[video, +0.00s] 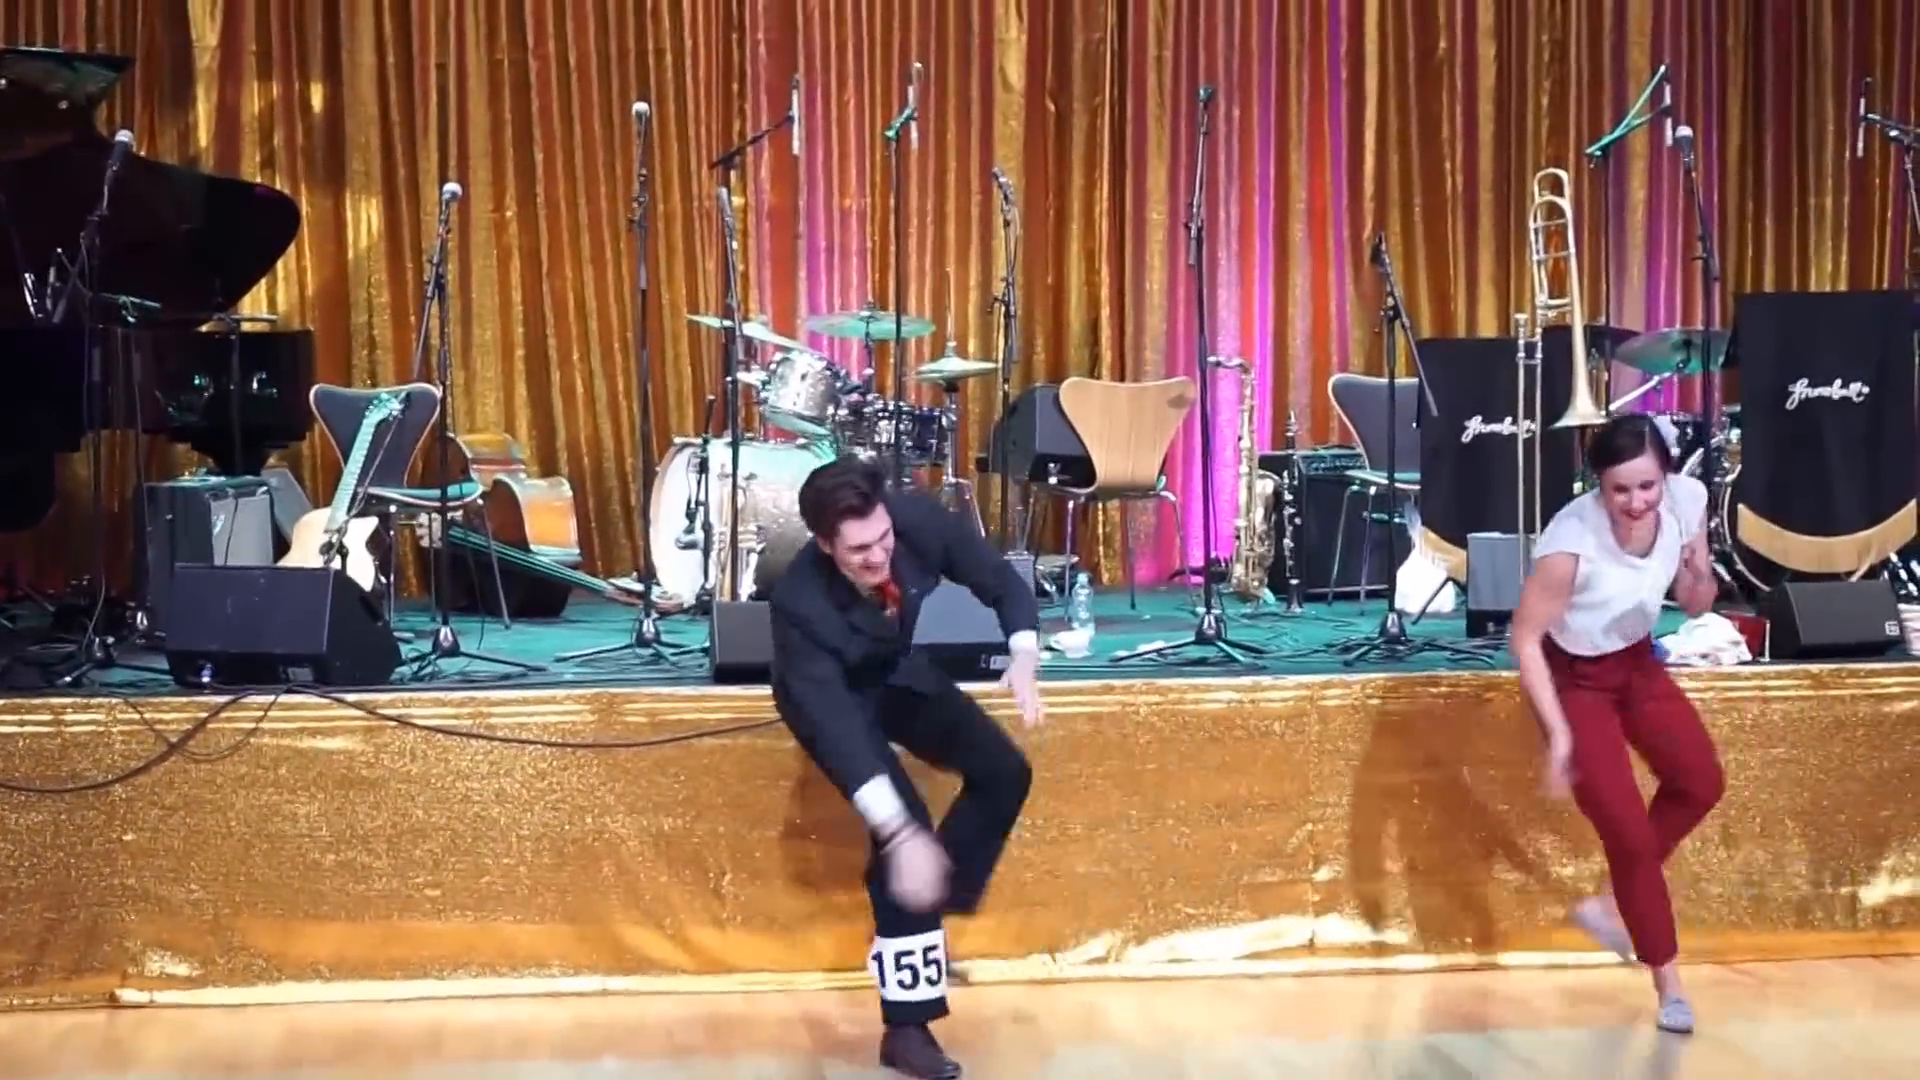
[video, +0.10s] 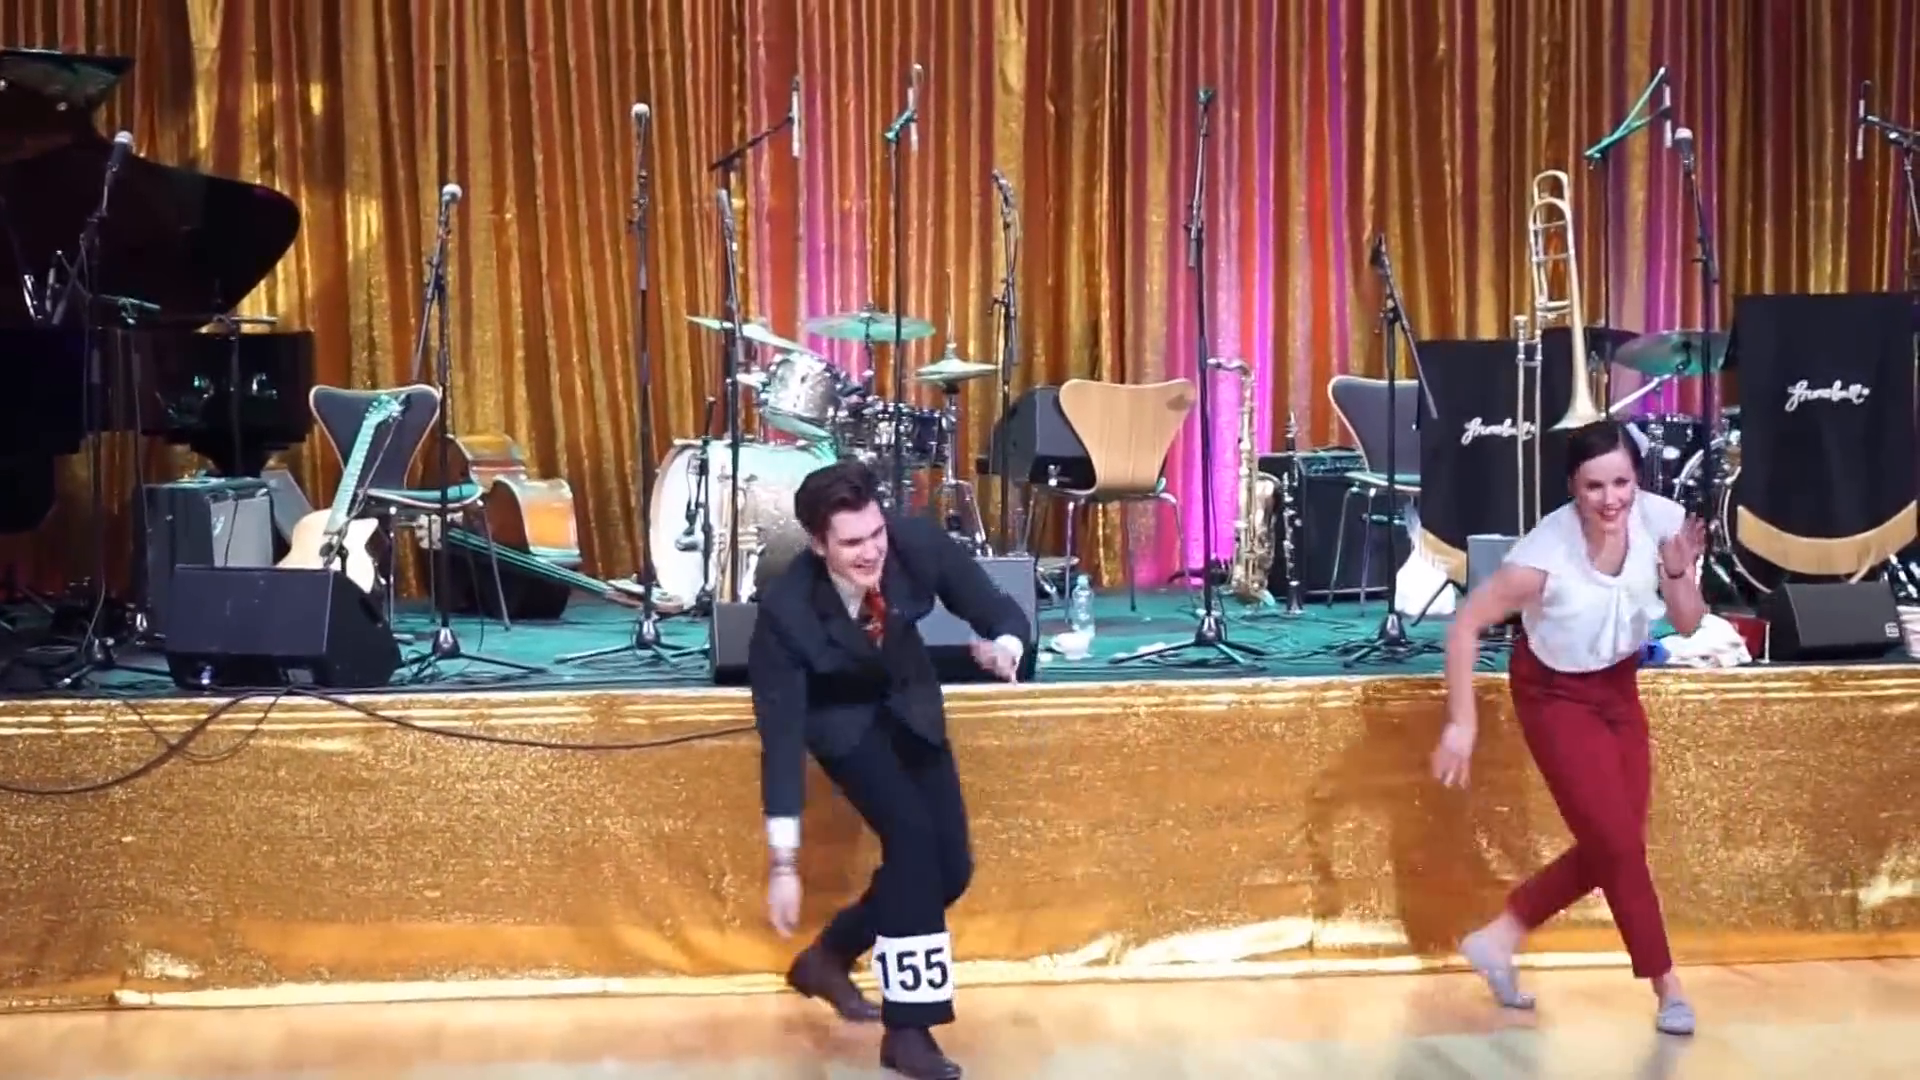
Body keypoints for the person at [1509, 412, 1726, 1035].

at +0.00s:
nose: (1636, 501)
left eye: (1648, 485)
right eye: (1620, 489)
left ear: (1664, 474)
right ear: (1598, 482)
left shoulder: (1685, 499)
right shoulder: (1568, 544)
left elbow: (1692, 602)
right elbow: (1524, 636)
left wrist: (1701, 577)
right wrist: (1557, 730)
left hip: (1638, 662)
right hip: (1571, 677)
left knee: (1699, 784)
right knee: (1632, 838)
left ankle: (1609, 905)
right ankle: (1667, 981)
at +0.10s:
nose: (1610, 498)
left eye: (1621, 483)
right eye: (1594, 486)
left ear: (1637, 479)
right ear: (1572, 488)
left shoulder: (1661, 520)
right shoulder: (1540, 559)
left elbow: (1688, 623)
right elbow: (1464, 623)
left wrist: (1680, 576)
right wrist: (1459, 722)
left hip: (1620, 687)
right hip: (1553, 693)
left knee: (1620, 840)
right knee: (1617, 840)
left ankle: (1497, 938)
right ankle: (1668, 988)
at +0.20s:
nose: (1581, 487)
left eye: (1592, 472)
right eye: (1566, 474)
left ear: (1609, 471)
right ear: (1543, 477)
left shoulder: (1634, 517)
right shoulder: (1508, 537)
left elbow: (1660, 624)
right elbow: (1425, 572)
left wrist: (1655, 580)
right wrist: (1419, 656)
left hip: (1589, 679)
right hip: (1515, 680)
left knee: (1569, 824)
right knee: (1575, 821)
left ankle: (1480, 949)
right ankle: (1624, 972)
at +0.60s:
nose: (1492, 493)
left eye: (1501, 480)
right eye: (1478, 480)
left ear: (1509, 485)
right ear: (1443, 485)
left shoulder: (1524, 552)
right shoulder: (1389, 543)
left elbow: (1512, 624)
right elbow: (1349, 626)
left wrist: (1495, 680)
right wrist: (1333, 722)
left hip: (1462, 678)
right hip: (1376, 675)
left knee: (1468, 823)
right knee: (1373, 831)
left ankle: (1440, 983)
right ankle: (1361, 971)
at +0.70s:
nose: (1471, 500)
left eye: (1479, 488)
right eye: (1456, 488)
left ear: (1486, 494)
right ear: (1419, 492)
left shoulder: (1493, 560)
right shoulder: (1367, 552)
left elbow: (1471, 635)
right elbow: (1324, 643)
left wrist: (1442, 687)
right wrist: (1338, 720)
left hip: (1437, 708)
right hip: (1361, 703)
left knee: (1404, 840)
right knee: (1358, 840)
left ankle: (1384, 995)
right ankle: (1355, 987)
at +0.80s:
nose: (1454, 499)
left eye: (1462, 486)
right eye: (1439, 487)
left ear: (1468, 493)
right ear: (1402, 492)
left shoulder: (1472, 560)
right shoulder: (1349, 556)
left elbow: (1435, 630)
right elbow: (1306, 655)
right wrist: (1354, 713)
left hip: (1416, 714)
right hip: (1333, 708)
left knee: (1374, 853)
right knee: (1334, 852)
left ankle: (1325, 1019)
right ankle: (1351, 979)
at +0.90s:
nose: (1438, 488)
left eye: (1446, 475)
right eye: (1423, 475)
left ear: (1452, 482)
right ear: (1386, 479)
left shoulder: (1455, 547)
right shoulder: (1335, 544)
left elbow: (1440, 612)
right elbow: (1294, 648)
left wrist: (1444, 681)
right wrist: (1367, 674)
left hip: (1394, 716)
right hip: (1311, 709)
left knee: (1354, 855)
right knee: (1299, 857)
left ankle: (1322, 1021)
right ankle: (1334, 972)